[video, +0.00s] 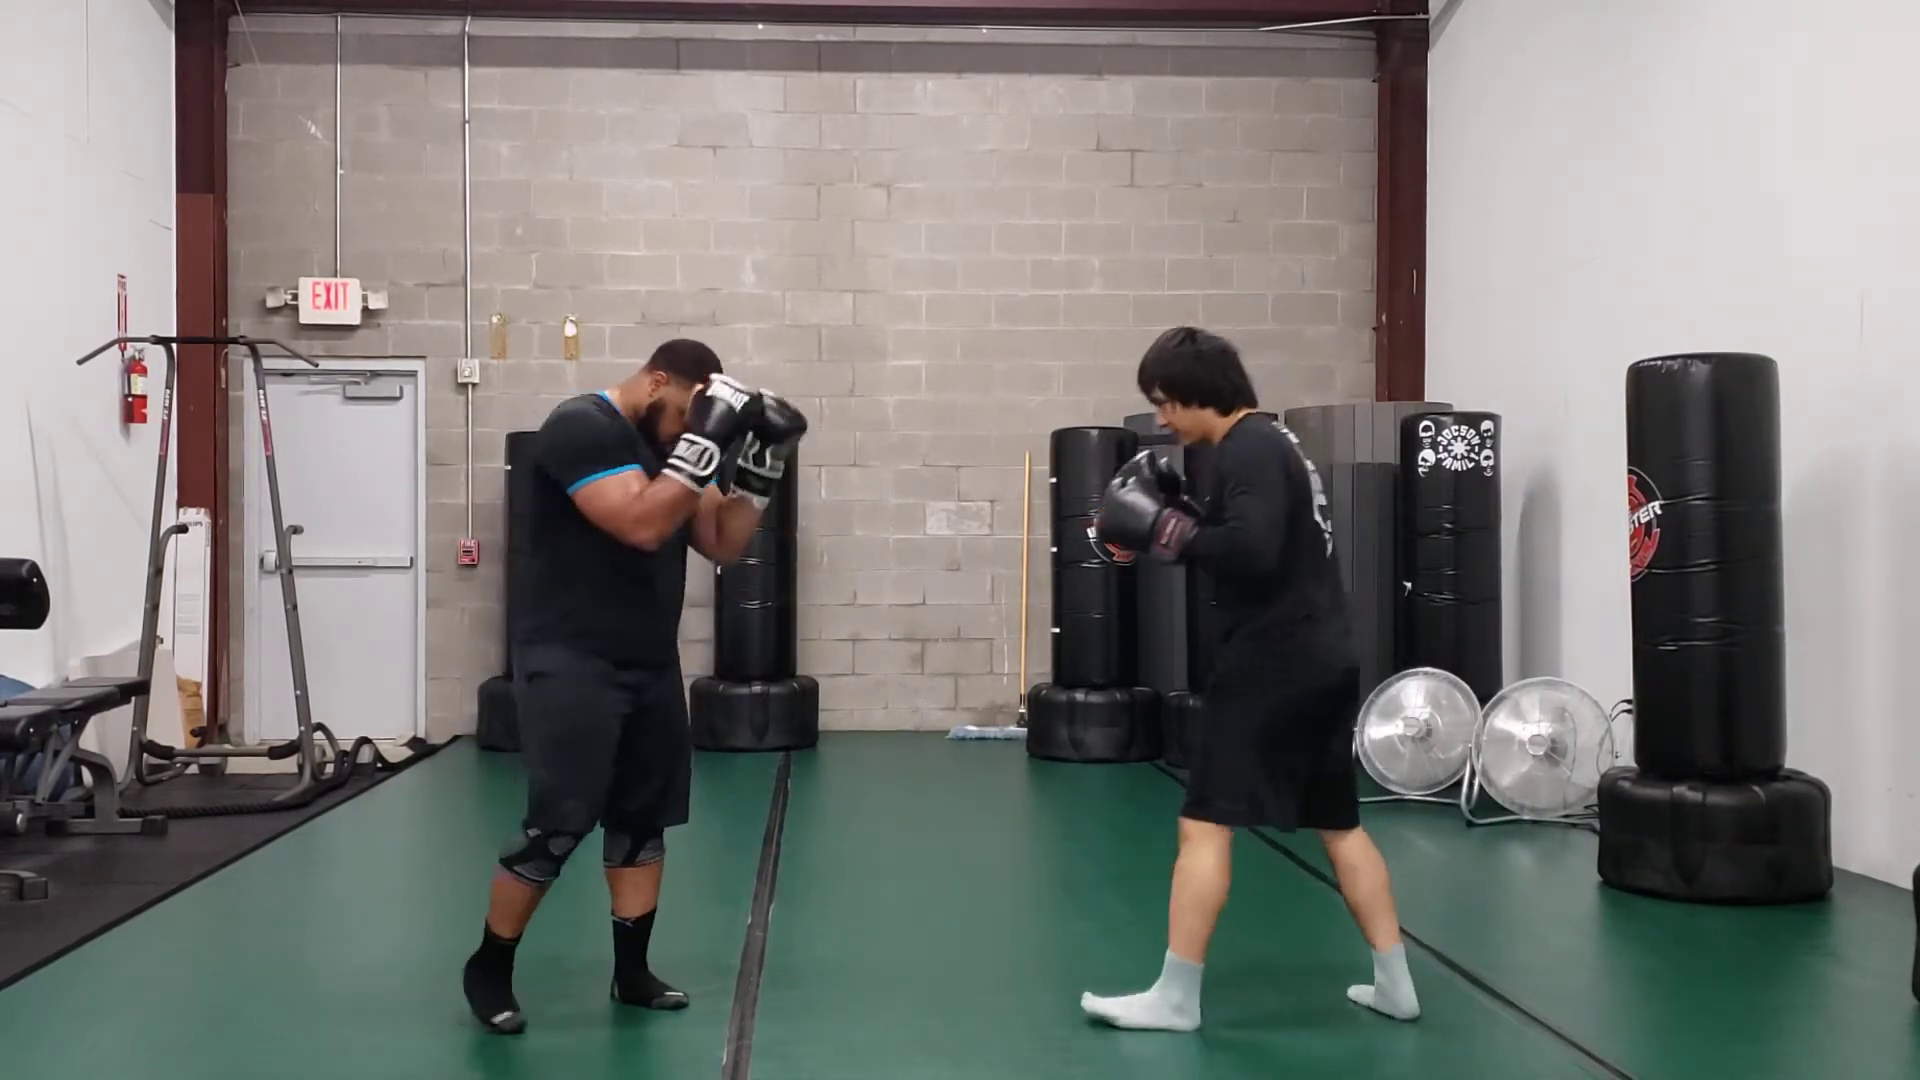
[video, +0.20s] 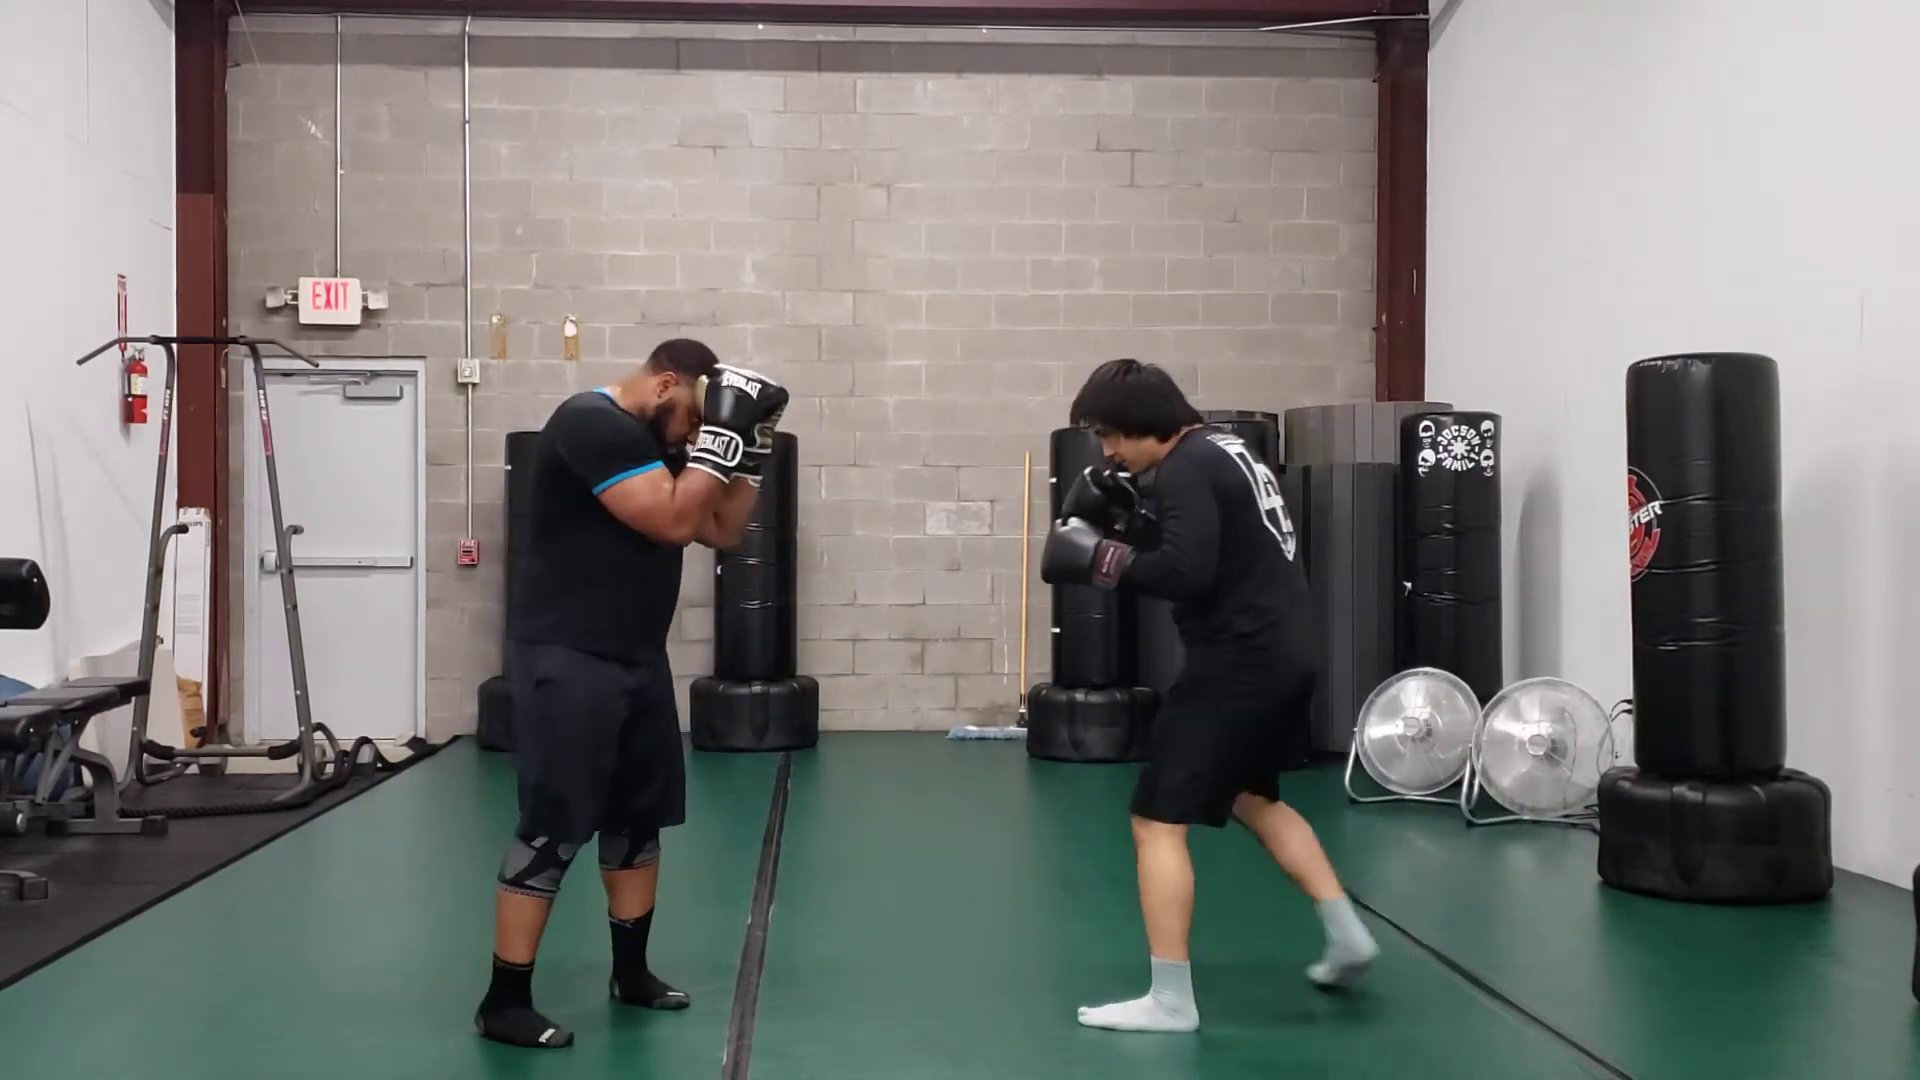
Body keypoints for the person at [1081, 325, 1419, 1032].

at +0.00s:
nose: (1161, 419)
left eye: (1165, 404)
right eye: (1157, 406)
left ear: (1200, 395)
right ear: (1224, 391)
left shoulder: (1247, 451)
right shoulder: (1269, 442)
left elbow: (1254, 548)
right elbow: (1242, 540)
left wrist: (1168, 532)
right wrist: (1161, 524)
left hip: (1266, 671)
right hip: (1324, 668)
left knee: (1204, 822)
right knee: (1340, 821)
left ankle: (1176, 995)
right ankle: (1396, 983)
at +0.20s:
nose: (1107, 454)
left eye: (1110, 440)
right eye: (1102, 442)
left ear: (1144, 425)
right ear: (1160, 419)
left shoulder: (1184, 470)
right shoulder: (1225, 448)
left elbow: (1186, 572)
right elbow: (1221, 548)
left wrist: (1107, 560)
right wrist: (1138, 519)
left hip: (1233, 665)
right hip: (1282, 661)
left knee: (1156, 818)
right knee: (1251, 796)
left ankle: (1170, 998)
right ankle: (1348, 933)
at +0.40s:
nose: (1095, 456)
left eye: (1100, 442)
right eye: (1092, 444)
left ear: (1136, 435)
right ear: (1156, 429)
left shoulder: (1173, 476)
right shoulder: (1204, 461)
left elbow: (1162, 571)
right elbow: (1191, 559)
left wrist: (1085, 558)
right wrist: (1114, 521)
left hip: (1210, 674)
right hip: (1253, 672)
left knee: (1087, 799)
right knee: (1225, 810)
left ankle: (1150, 964)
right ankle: (1298, 960)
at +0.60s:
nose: (1044, 450)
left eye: (1047, 435)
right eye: (1040, 437)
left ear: (1081, 427)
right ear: (1108, 420)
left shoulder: (1103, 469)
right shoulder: (1167, 461)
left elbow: (1031, 533)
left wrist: (959, 493)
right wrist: (997, 500)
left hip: (1144, 670)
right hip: (1201, 668)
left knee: (1033, 803)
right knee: (1207, 812)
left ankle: (1009, 980)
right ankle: (1291, 955)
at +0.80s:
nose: (974, 479)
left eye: (978, 466)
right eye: (974, 466)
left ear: (1006, 463)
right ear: (1038, 455)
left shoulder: (1016, 507)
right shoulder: (1108, 487)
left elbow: (915, 516)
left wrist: (848, 454)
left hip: (1087, 693)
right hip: (1161, 688)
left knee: (977, 826)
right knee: (1138, 790)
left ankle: (1005, 998)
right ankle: (1189, 932)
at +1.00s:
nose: (978, 441)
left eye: (980, 428)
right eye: (974, 429)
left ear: (1008, 420)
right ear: (1037, 411)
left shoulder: (1043, 468)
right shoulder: (1092, 449)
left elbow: (1030, 551)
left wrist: (952, 523)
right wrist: (985, 494)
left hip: (1071, 655)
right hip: (1127, 648)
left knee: (1011, 802)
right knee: (1113, 776)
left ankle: (1006, 974)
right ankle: (1169, 917)